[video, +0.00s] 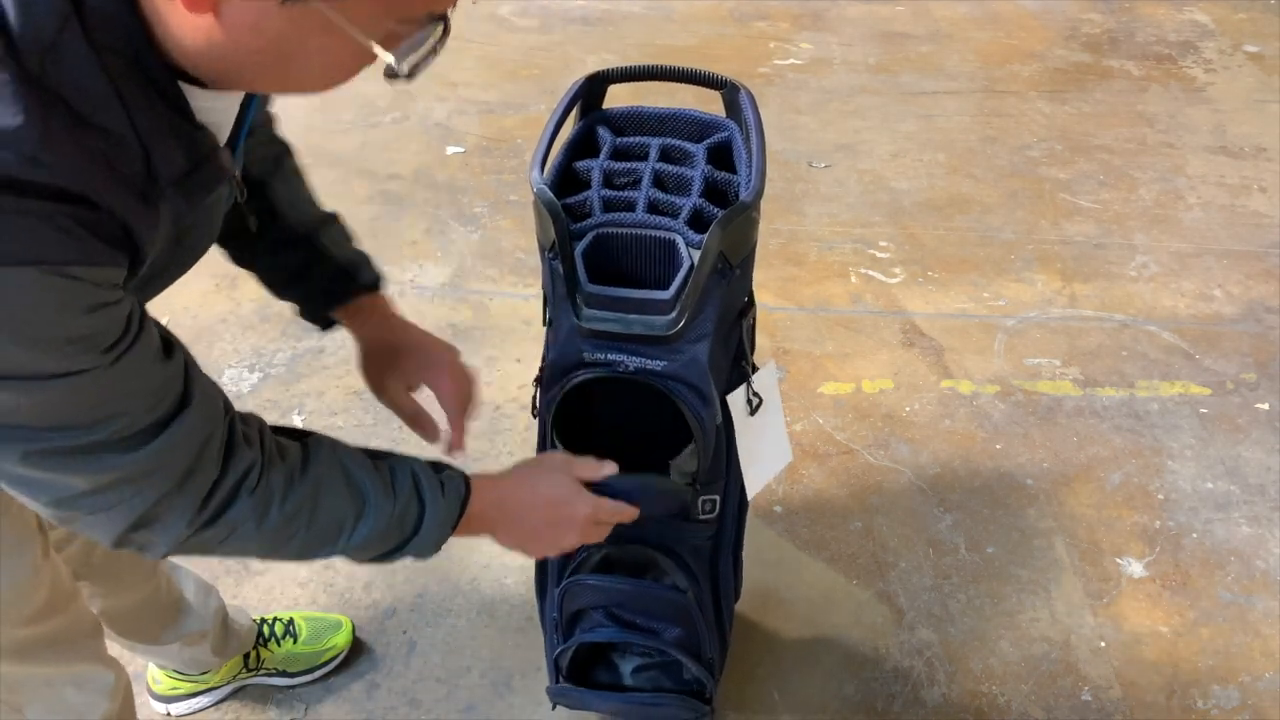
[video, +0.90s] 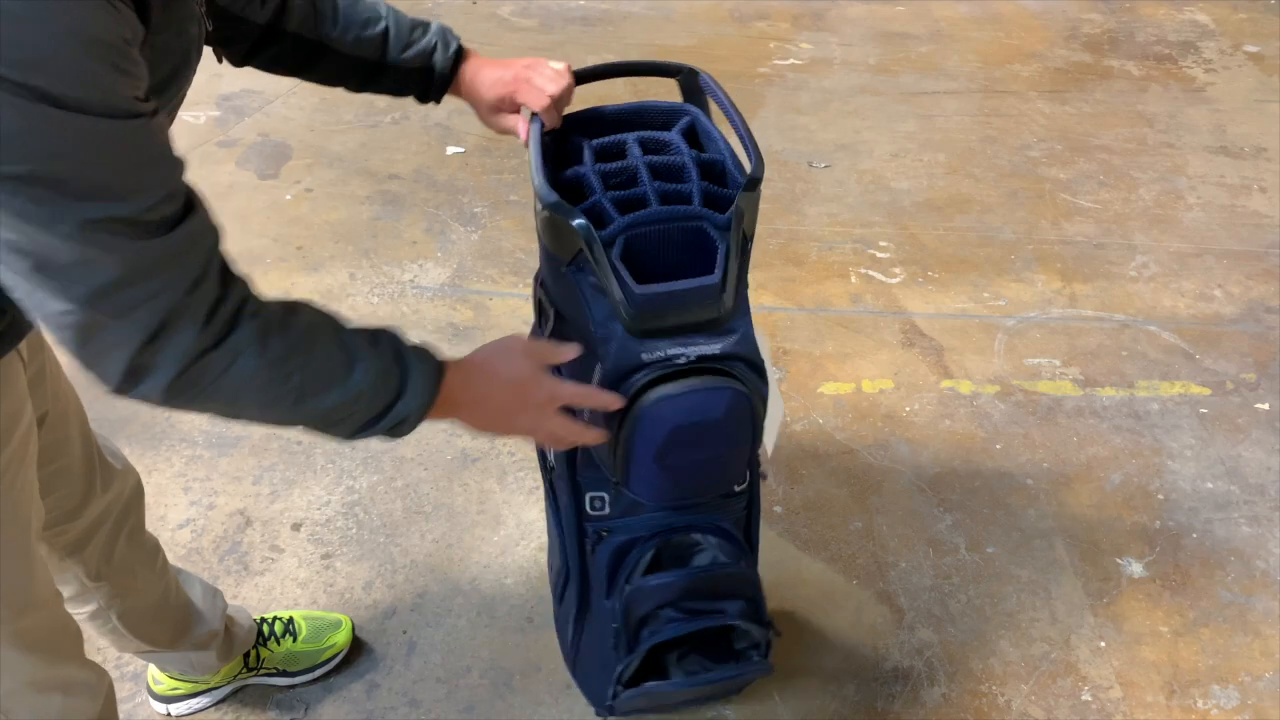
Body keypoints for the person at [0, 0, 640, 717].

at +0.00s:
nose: (383, 63)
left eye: (398, 41)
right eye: (386, 41)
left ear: (206, 2)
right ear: (211, 3)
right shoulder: (25, 257)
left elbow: (226, 145)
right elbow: (191, 485)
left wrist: (369, 316)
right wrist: (480, 506)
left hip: (45, 363)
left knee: (94, 520)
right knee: (38, 620)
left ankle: (198, 653)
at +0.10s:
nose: (379, 7)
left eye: (380, 1)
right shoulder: (33, 182)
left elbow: (193, 162)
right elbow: (202, 452)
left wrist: (337, 329)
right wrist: (482, 436)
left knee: (78, 512)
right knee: (45, 641)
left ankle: (197, 653)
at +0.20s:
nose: (341, 6)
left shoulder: (196, 16)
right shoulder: (47, 131)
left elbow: (235, 193)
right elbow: (228, 448)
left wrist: (392, 370)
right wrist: (515, 458)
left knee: (76, 505)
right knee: (35, 625)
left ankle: (198, 654)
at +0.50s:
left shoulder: (158, 27)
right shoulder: (80, 77)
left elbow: (259, 220)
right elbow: (259, 420)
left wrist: (419, 393)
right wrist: (530, 493)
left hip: (5, 364)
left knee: (85, 523)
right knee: (36, 653)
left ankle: (200, 653)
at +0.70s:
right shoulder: (52, 50)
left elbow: (227, 72)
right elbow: (189, 367)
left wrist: (443, 71)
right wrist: (452, 387)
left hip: (3, 377)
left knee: (71, 534)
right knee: (31, 673)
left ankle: (199, 651)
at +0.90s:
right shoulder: (43, 40)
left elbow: (260, 12)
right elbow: (164, 330)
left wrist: (459, 69)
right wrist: (447, 387)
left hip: (13, 324)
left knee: (88, 507)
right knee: (30, 650)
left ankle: (199, 652)